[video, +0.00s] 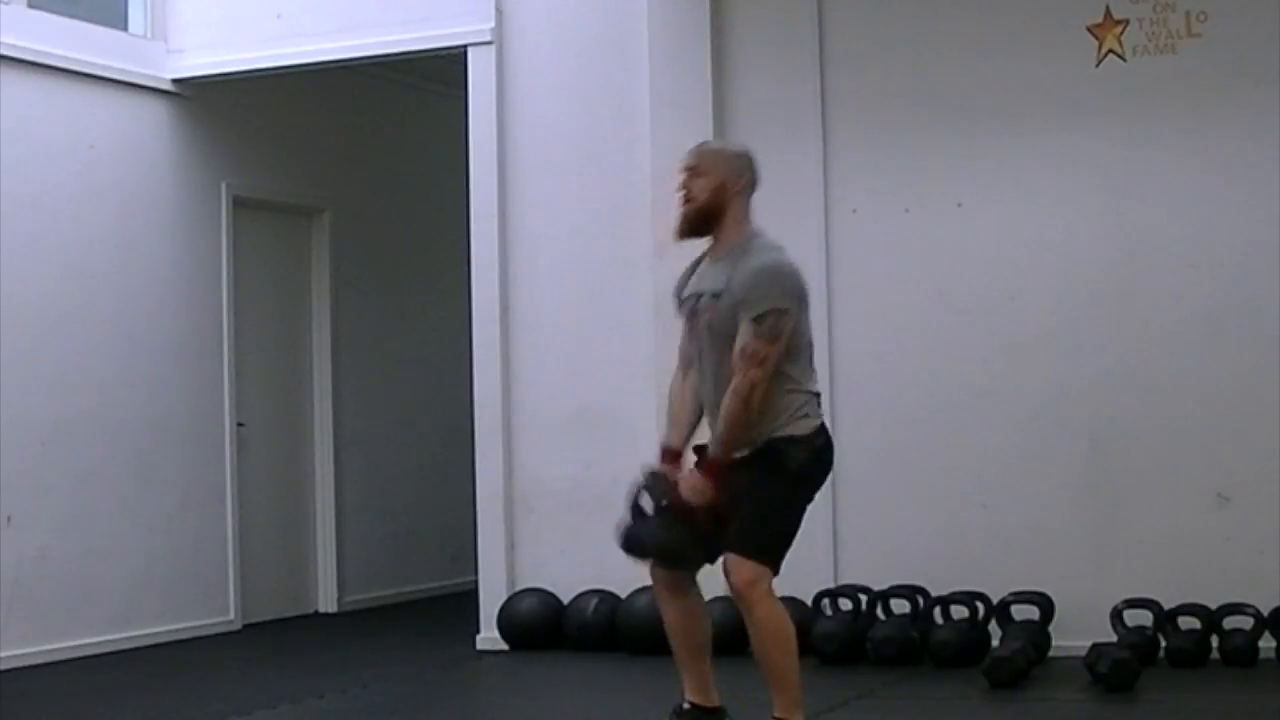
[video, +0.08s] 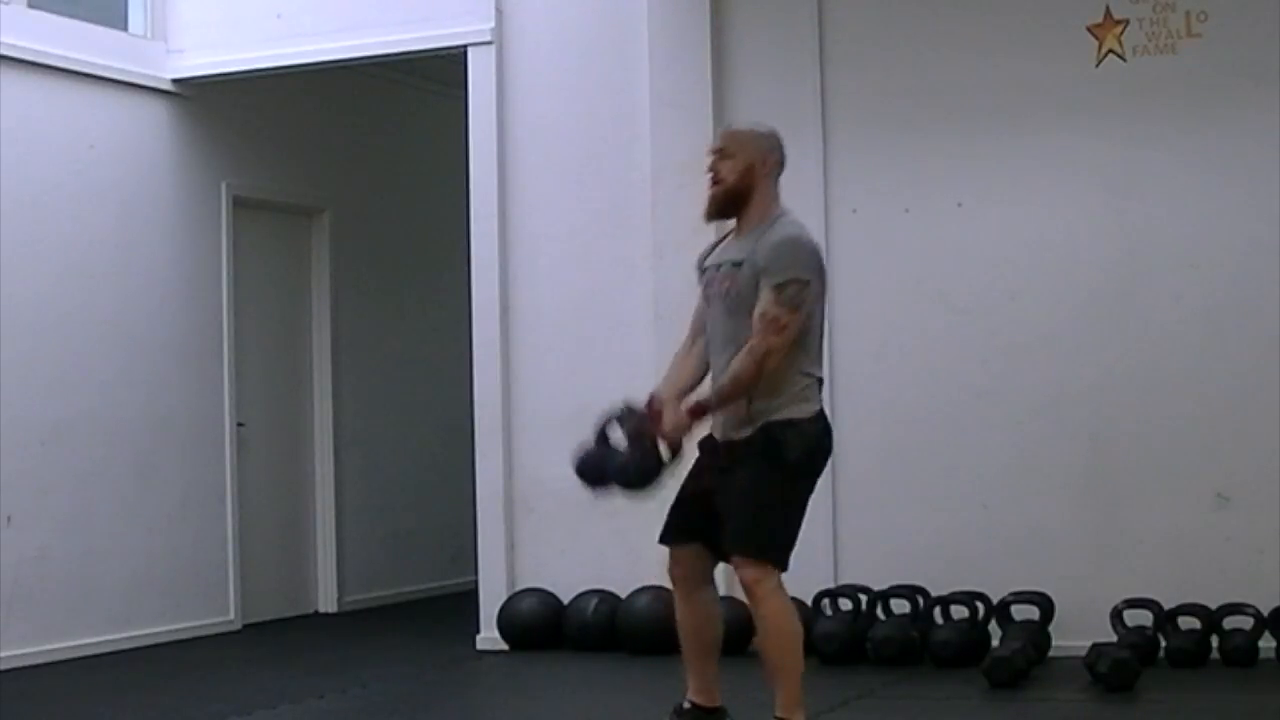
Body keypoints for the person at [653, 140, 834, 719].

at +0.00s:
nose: (682, 186)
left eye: (694, 176)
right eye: (684, 177)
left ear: (733, 186)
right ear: (718, 189)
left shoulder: (768, 269)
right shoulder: (697, 276)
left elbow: (751, 381)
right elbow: (688, 371)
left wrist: (712, 464)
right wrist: (672, 452)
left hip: (788, 446)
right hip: (729, 449)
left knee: (747, 572)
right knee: (669, 568)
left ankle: (789, 712)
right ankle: (701, 704)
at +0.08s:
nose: (710, 169)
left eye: (722, 158)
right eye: (711, 159)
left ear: (761, 167)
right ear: (746, 171)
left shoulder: (789, 245)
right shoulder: (718, 253)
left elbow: (765, 350)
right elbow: (700, 341)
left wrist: (695, 408)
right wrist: (662, 401)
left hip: (785, 435)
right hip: (730, 437)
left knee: (755, 569)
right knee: (687, 562)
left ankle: (791, 712)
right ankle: (703, 705)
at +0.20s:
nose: (723, 156)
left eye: (737, 146)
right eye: (725, 147)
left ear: (776, 158)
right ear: (756, 162)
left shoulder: (799, 228)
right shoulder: (729, 237)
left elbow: (787, 327)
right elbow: (724, 331)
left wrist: (703, 334)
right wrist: (661, 337)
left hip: (777, 424)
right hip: (723, 424)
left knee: (765, 568)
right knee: (696, 563)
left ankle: (793, 711)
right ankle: (704, 705)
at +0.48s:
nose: (702, 155)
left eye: (717, 145)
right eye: (703, 146)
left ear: (757, 159)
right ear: (714, 164)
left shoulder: (775, 231)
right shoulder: (704, 238)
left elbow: (725, 308)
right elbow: (654, 321)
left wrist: (685, 242)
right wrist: (636, 251)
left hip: (761, 425)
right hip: (706, 429)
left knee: (746, 572)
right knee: (678, 565)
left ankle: (790, 712)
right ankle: (703, 705)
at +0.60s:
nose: (691, 171)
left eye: (704, 160)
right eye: (693, 161)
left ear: (746, 172)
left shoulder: (766, 249)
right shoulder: (690, 250)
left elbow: (698, 318)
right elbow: (645, 341)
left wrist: (686, 241)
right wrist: (647, 262)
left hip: (756, 441)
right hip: (697, 446)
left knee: (726, 583)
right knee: (651, 575)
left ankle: (788, 711)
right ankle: (702, 704)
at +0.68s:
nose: (688, 187)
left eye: (702, 178)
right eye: (691, 178)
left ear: (740, 194)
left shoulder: (766, 272)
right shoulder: (685, 272)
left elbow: (696, 340)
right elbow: (642, 359)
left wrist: (698, 251)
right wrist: (655, 274)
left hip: (748, 459)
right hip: (689, 462)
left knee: (707, 595)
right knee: (635, 584)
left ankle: (784, 712)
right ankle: (698, 704)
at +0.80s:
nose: (706, 198)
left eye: (721, 189)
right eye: (707, 188)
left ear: (759, 204)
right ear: (711, 202)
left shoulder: (774, 281)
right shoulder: (692, 283)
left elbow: (709, 349)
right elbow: (642, 359)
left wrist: (716, 264)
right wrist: (661, 278)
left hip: (744, 467)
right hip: (684, 469)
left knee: (696, 601)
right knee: (625, 592)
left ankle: (783, 714)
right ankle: (697, 706)